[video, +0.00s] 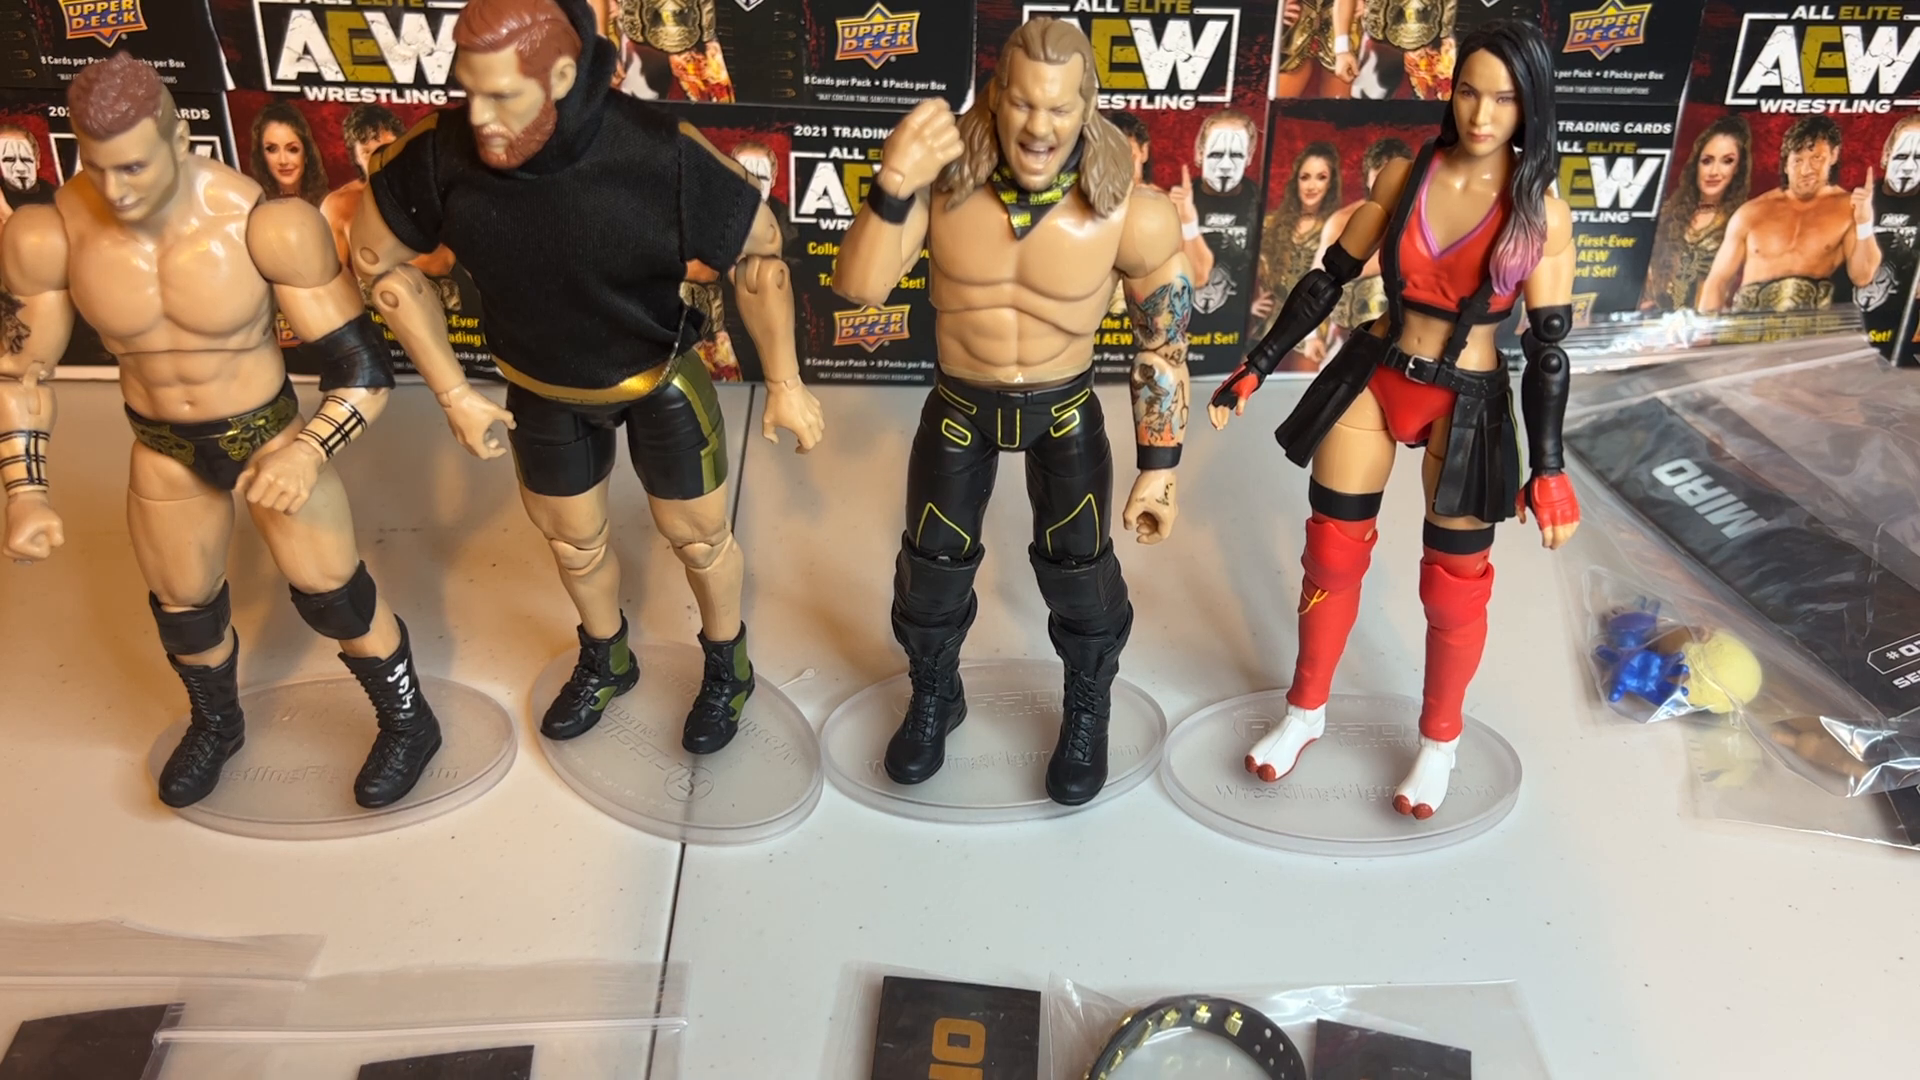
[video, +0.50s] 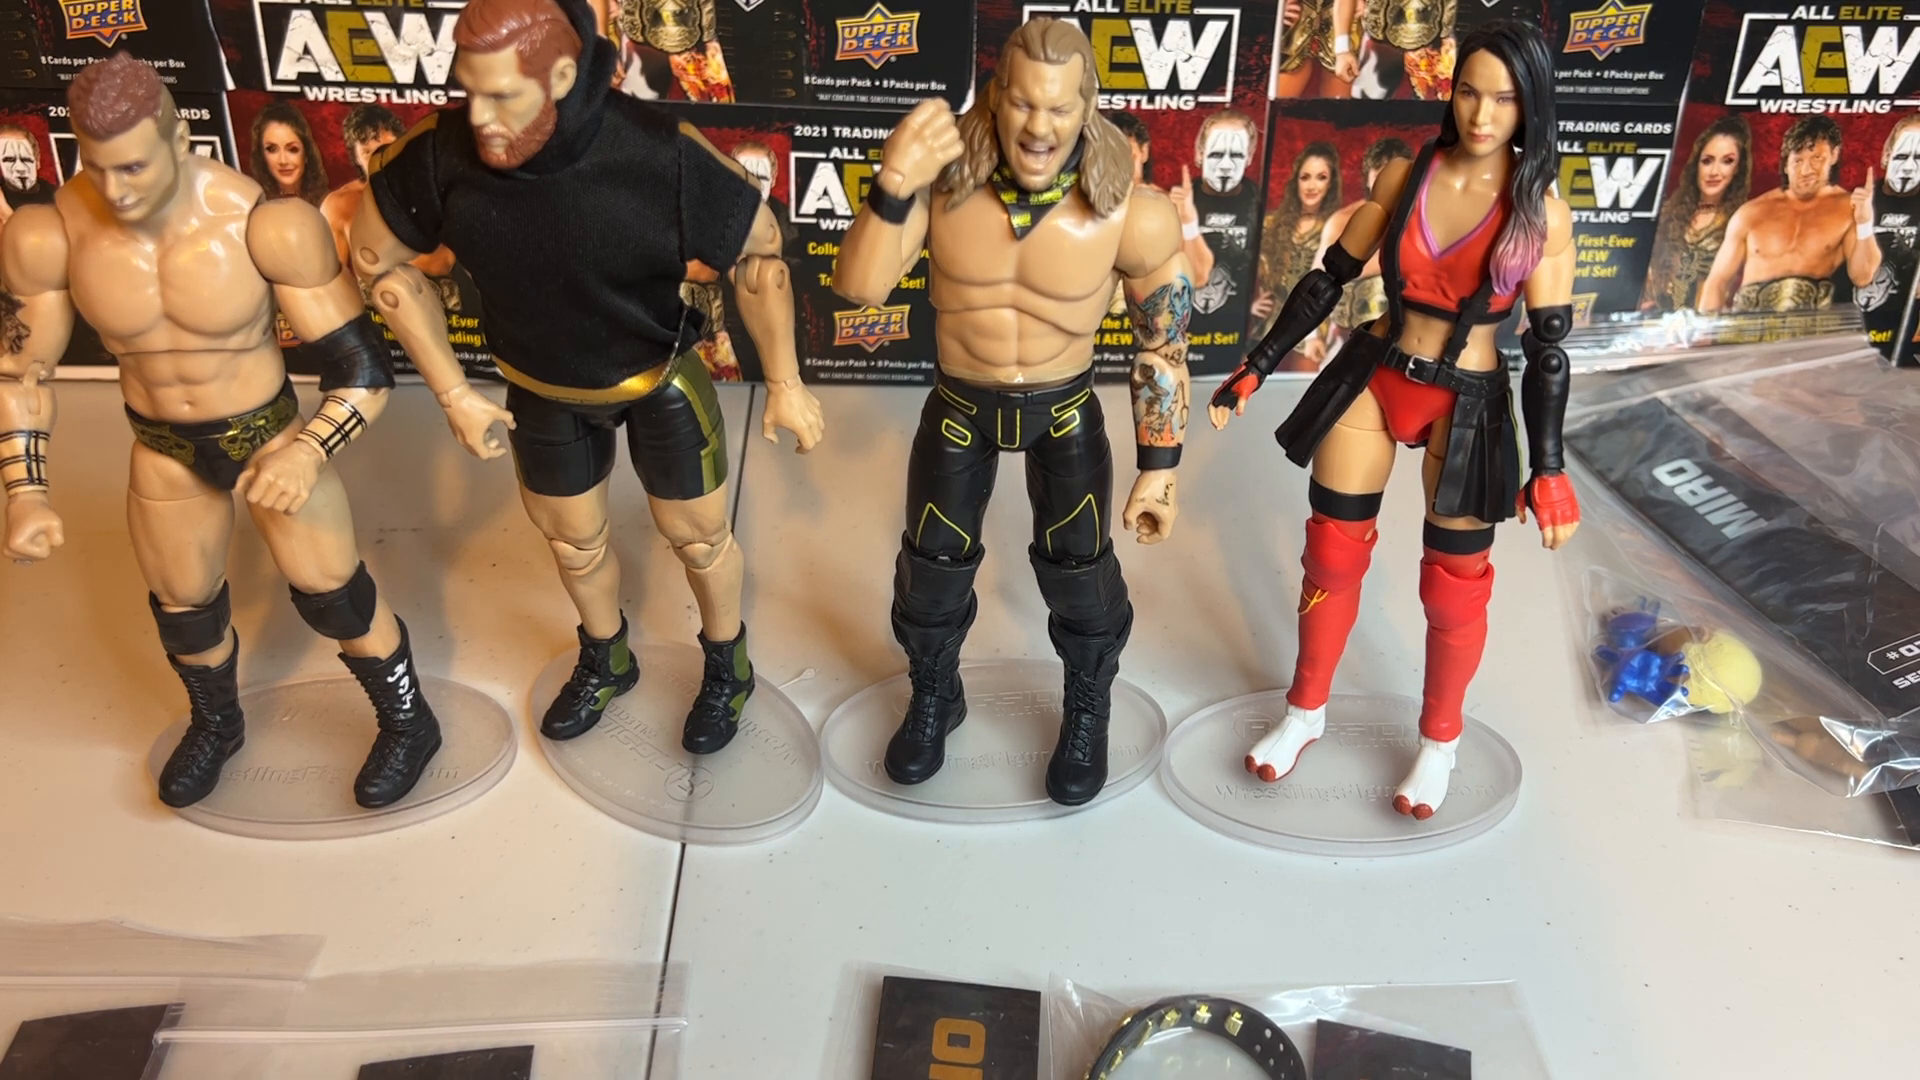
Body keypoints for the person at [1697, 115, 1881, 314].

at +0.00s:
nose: (1806, 169)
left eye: (1816, 158)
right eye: (1797, 160)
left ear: (1834, 156)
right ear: (1785, 163)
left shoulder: (1848, 207)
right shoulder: (1750, 213)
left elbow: (1862, 277)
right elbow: (1718, 281)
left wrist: (1864, 223)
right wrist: (1703, 336)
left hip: (1810, 316)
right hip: (1748, 314)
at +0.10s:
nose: (1806, 169)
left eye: (1817, 158)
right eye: (1797, 160)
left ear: (1834, 156)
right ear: (1785, 163)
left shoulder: (1848, 207)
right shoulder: (1750, 213)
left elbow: (1862, 278)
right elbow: (1718, 281)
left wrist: (1864, 223)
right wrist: (1703, 336)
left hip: (1809, 316)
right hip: (1748, 313)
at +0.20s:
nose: (1806, 169)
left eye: (1816, 158)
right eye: (1797, 160)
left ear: (1834, 156)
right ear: (1785, 162)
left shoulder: (1848, 207)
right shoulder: (1750, 212)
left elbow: (1862, 277)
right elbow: (1718, 281)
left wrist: (1864, 223)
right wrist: (1704, 336)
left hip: (1809, 315)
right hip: (1748, 313)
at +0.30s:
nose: (1806, 170)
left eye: (1817, 158)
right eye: (1797, 160)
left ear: (1834, 156)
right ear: (1785, 163)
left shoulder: (1848, 207)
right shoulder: (1751, 212)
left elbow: (1862, 277)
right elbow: (1718, 282)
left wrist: (1864, 223)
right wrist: (1704, 337)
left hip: (1810, 316)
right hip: (1748, 314)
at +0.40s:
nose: (1806, 169)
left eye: (1816, 158)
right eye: (1797, 160)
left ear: (1834, 156)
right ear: (1785, 162)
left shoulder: (1848, 207)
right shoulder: (1750, 212)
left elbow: (1862, 277)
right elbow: (1718, 282)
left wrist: (1864, 223)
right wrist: (1704, 336)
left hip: (1809, 315)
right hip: (1748, 313)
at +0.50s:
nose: (1806, 170)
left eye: (1817, 158)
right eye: (1797, 160)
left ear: (1834, 156)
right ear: (1785, 163)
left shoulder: (1848, 207)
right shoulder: (1750, 213)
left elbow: (1862, 277)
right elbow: (1718, 282)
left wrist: (1864, 224)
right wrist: (1704, 336)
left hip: (1810, 316)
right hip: (1749, 314)